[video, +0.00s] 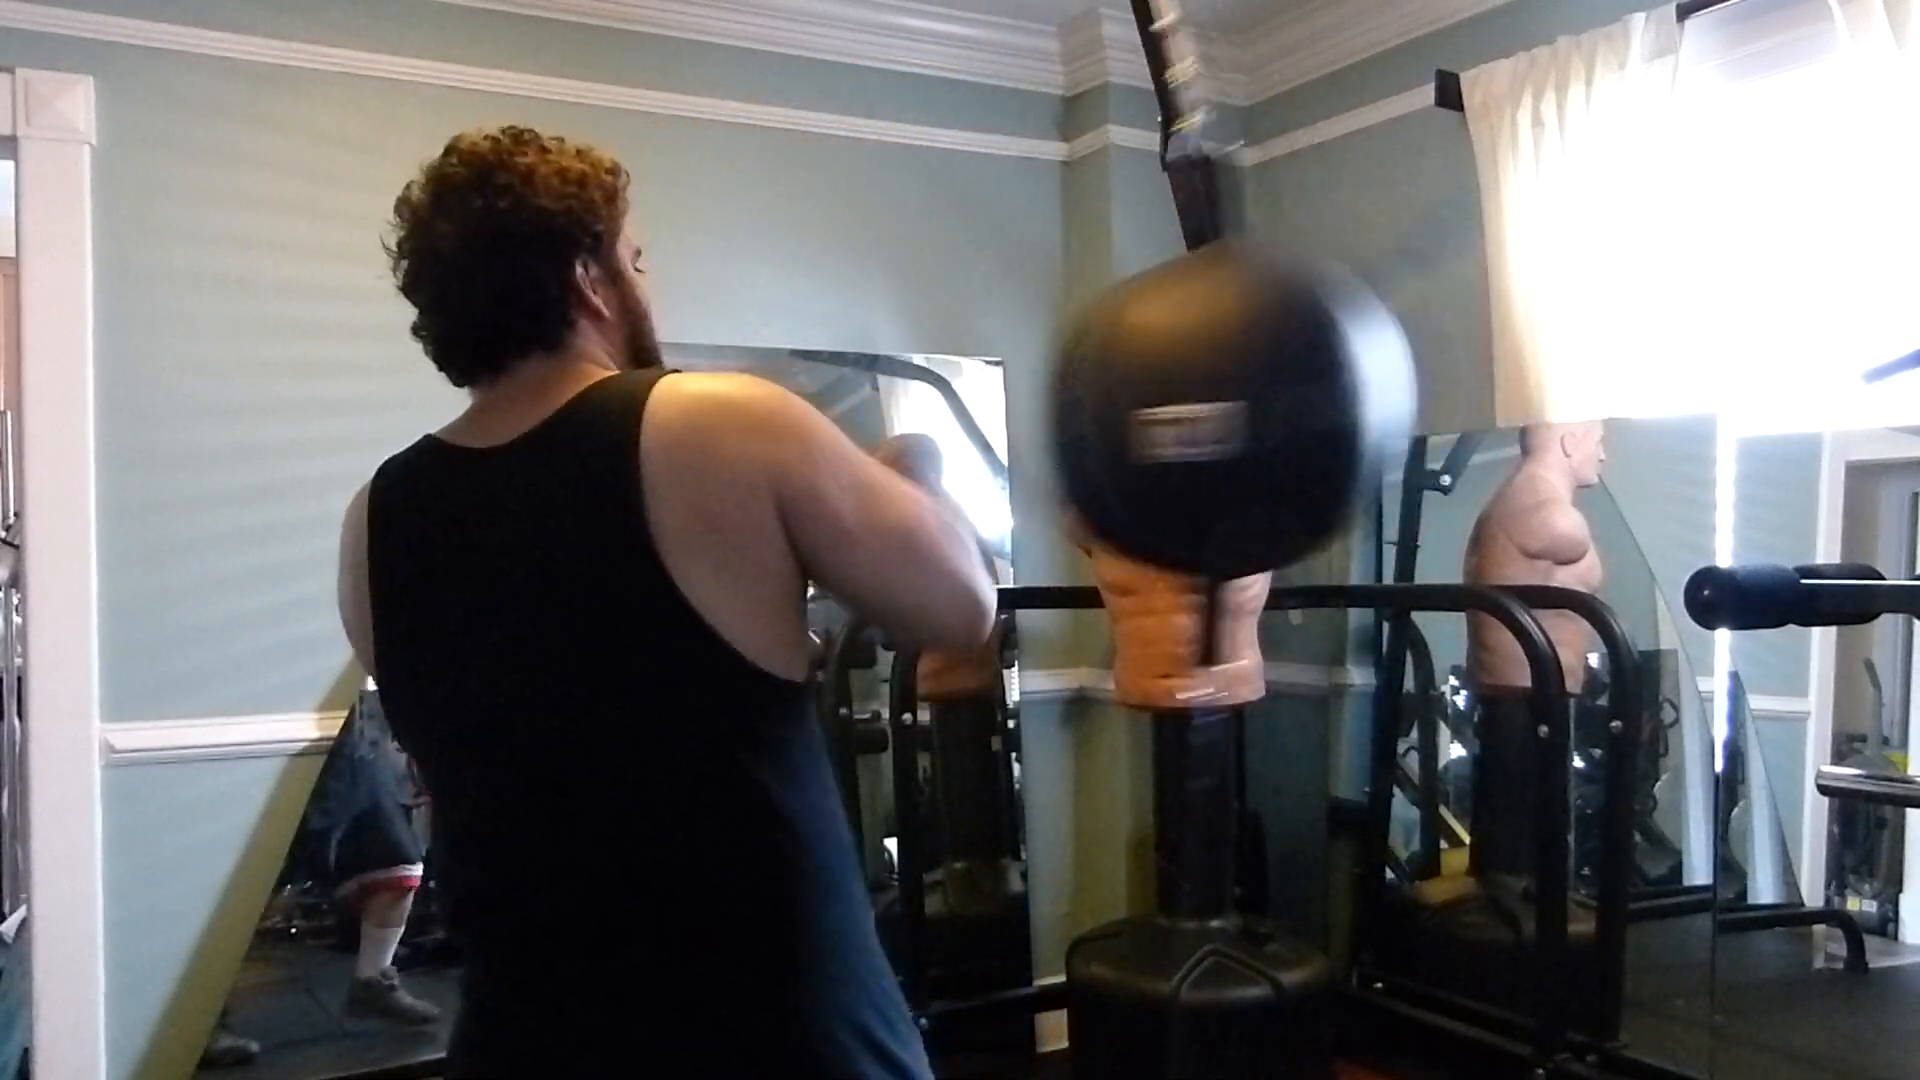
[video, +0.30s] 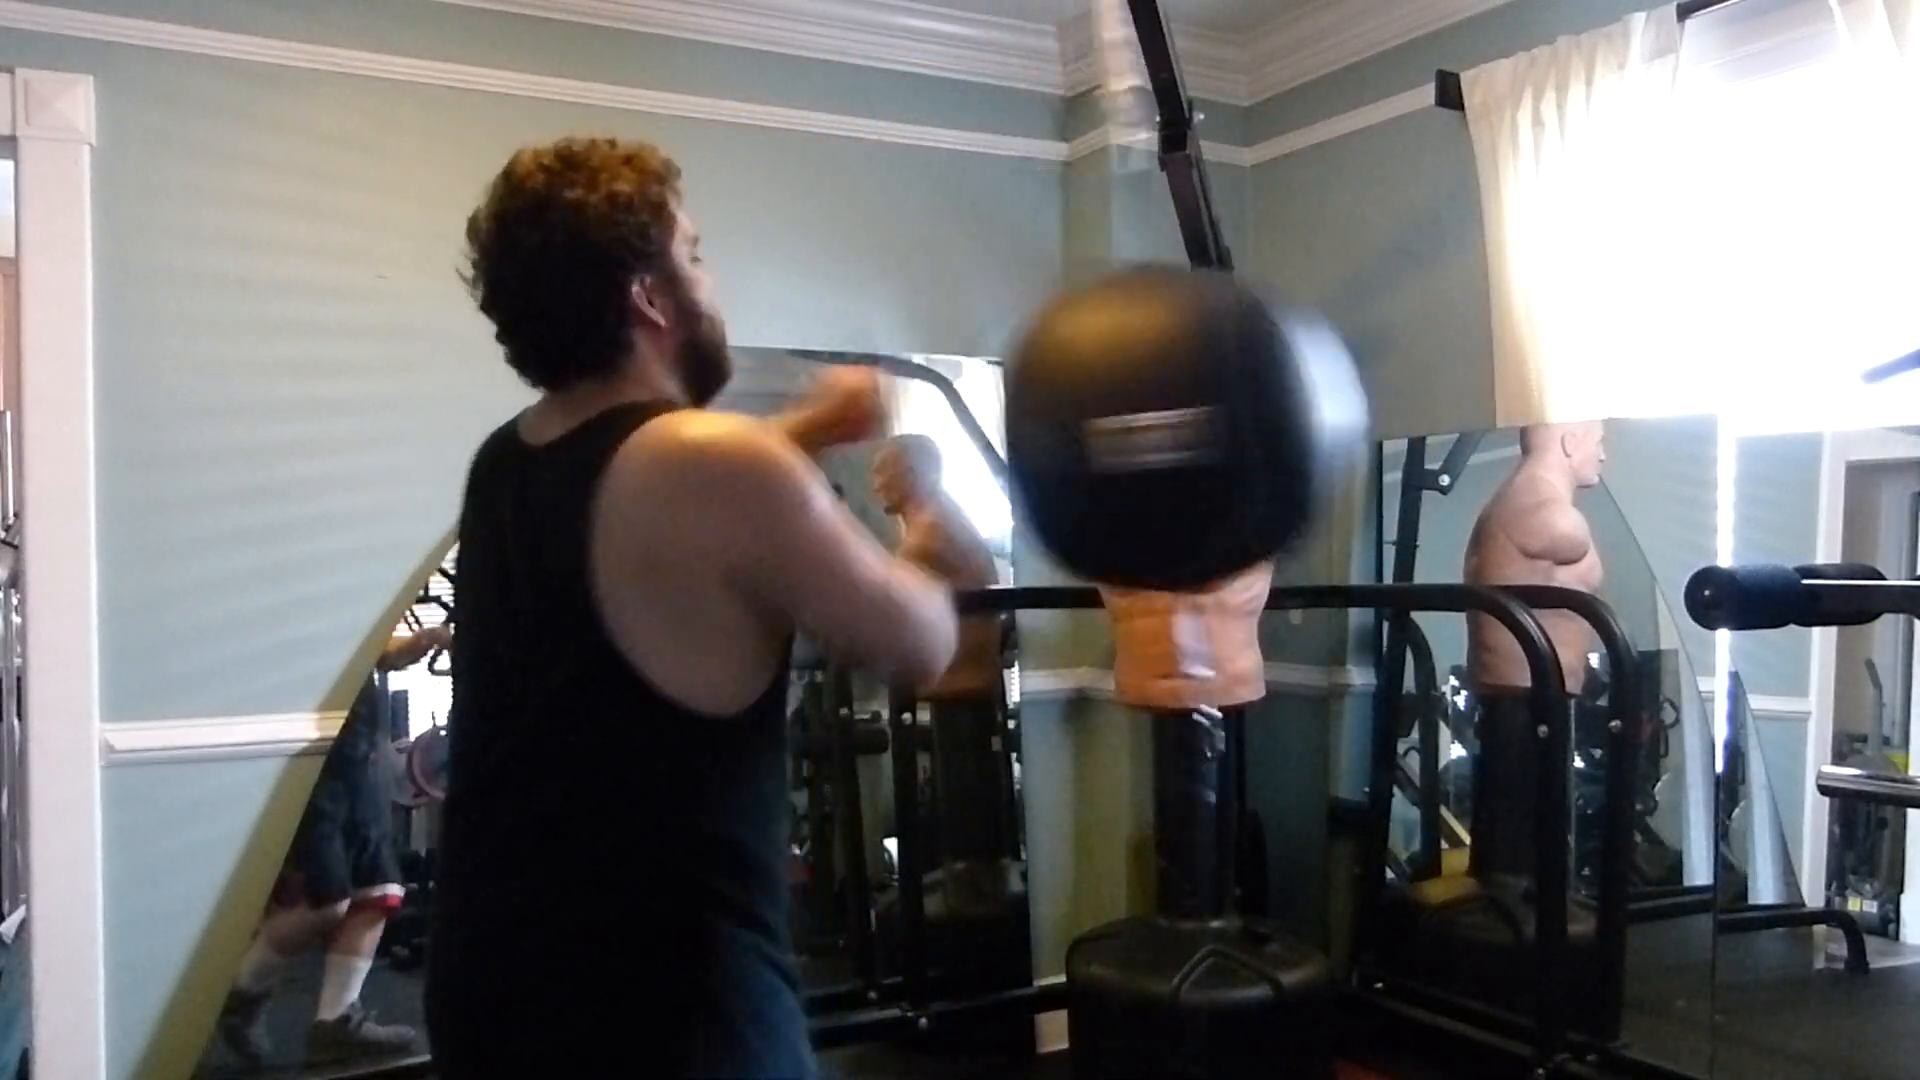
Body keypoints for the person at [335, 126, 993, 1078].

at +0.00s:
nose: (651, 292)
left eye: (640, 259)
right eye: (635, 263)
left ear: (447, 317)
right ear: (588, 284)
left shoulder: (374, 522)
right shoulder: (730, 426)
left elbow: (440, 741)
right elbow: (960, 613)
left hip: (525, 1013)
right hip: (775, 1003)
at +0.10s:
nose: (655, 281)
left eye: (644, 253)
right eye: (641, 256)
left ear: (459, 314)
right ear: (602, 288)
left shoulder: (404, 501)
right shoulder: (750, 405)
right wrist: (914, 396)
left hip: (493, 1006)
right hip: (735, 1002)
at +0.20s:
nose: (686, 281)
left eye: (675, 250)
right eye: (672, 253)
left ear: (498, 304)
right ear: (630, 287)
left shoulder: (449, 477)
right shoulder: (760, 413)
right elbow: (966, 495)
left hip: (499, 965)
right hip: (716, 972)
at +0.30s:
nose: (710, 282)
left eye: (698, 253)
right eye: (694, 257)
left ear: (529, 312)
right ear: (645, 300)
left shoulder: (502, 463)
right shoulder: (732, 469)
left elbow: (636, 482)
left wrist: (791, 428)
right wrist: (928, 534)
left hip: (500, 976)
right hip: (682, 992)